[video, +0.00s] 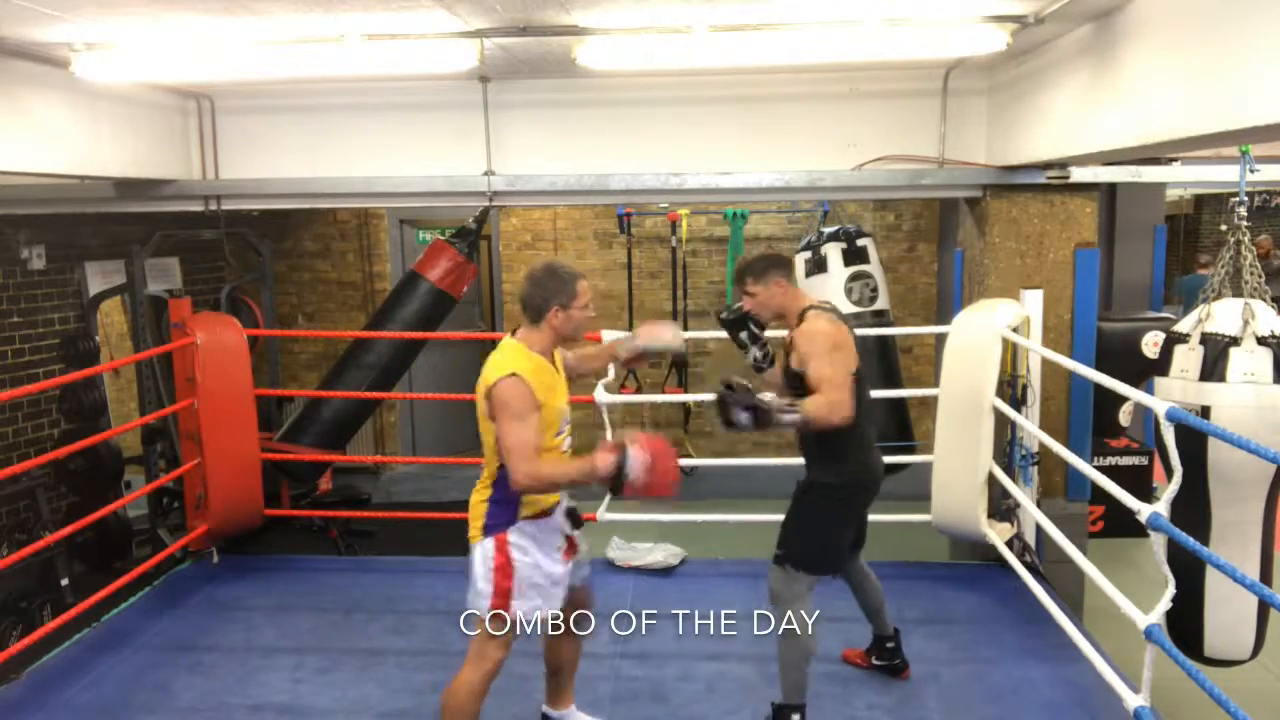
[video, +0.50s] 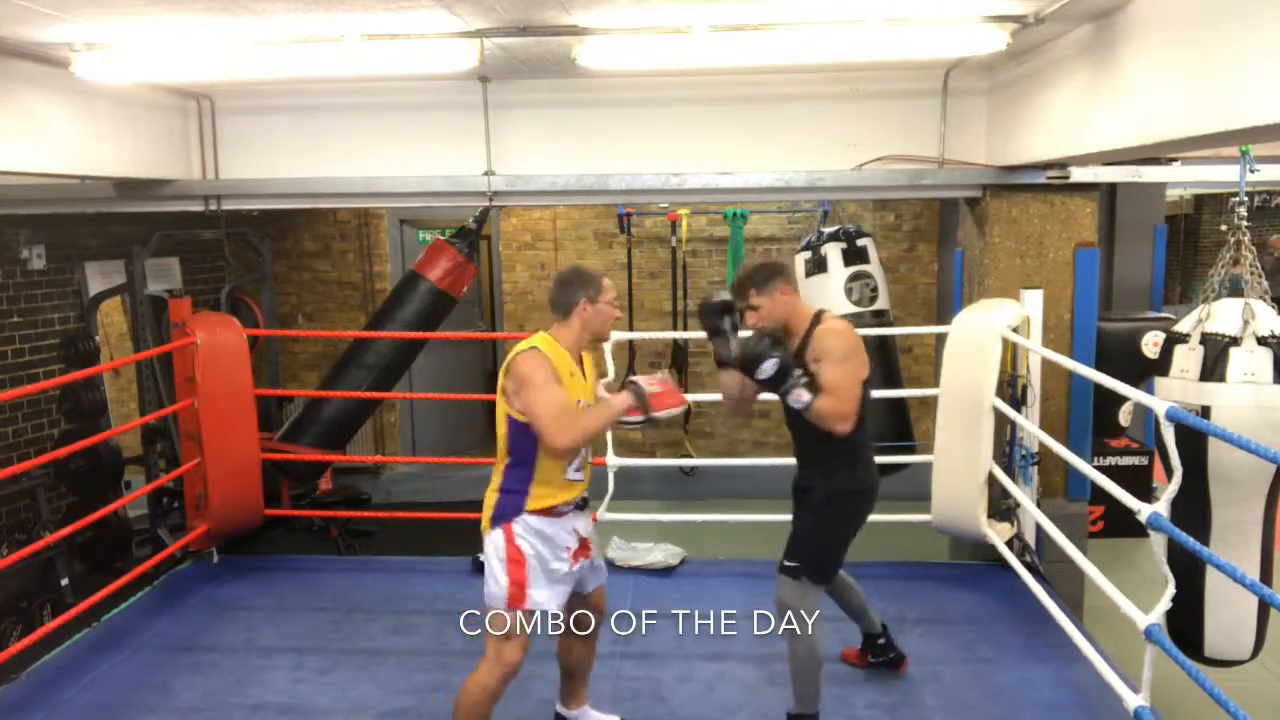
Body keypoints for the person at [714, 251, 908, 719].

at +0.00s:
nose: (748, 309)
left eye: (749, 297)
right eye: (744, 299)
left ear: (776, 287)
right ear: (781, 286)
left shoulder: (817, 329)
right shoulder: (808, 325)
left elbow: (836, 408)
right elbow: (792, 388)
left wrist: (772, 413)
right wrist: (759, 358)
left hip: (835, 476)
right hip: (850, 469)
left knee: (787, 585)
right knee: (847, 561)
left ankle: (791, 710)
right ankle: (888, 648)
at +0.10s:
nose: (752, 301)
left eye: (756, 290)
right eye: (750, 292)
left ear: (784, 282)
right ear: (787, 282)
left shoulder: (809, 321)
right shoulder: (822, 311)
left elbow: (813, 389)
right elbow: (813, 378)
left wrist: (751, 371)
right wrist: (770, 352)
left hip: (834, 473)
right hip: (859, 466)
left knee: (787, 583)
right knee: (849, 558)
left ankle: (797, 706)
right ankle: (888, 647)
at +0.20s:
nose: (754, 304)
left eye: (759, 292)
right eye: (752, 294)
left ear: (790, 284)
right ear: (791, 287)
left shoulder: (815, 325)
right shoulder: (822, 320)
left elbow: (812, 378)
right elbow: (791, 369)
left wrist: (743, 359)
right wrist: (731, 362)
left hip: (836, 479)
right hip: (852, 472)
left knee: (798, 594)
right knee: (846, 566)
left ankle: (805, 713)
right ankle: (888, 650)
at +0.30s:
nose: (755, 304)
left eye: (760, 292)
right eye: (752, 294)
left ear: (792, 285)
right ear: (786, 289)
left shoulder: (843, 331)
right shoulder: (782, 334)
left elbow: (873, 405)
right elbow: (743, 369)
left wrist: (810, 382)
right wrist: (692, 358)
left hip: (845, 482)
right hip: (817, 477)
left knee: (800, 592)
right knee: (838, 568)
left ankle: (806, 711)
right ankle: (886, 650)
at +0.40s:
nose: (756, 309)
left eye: (760, 298)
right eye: (754, 300)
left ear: (792, 289)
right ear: (778, 294)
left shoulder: (844, 334)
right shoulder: (773, 333)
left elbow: (861, 416)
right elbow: (724, 371)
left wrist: (804, 373)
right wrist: (713, 353)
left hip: (844, 485)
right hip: (810, 479)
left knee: (802, 602)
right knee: (840, 576)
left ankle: (807, 715)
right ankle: (885, 648)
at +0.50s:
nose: (750, 322)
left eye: (754, 309)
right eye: (746, 312)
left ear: (784, 295)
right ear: (777, 300)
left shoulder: (835, 336)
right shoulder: (784, 342)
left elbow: (841, 418)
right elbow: (737, 400)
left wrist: (785, 380)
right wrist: (725, 346)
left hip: (844, 484)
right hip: (813, 479)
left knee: (794, 592)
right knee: (821, 570)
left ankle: (804, 713)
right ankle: (880, 643)